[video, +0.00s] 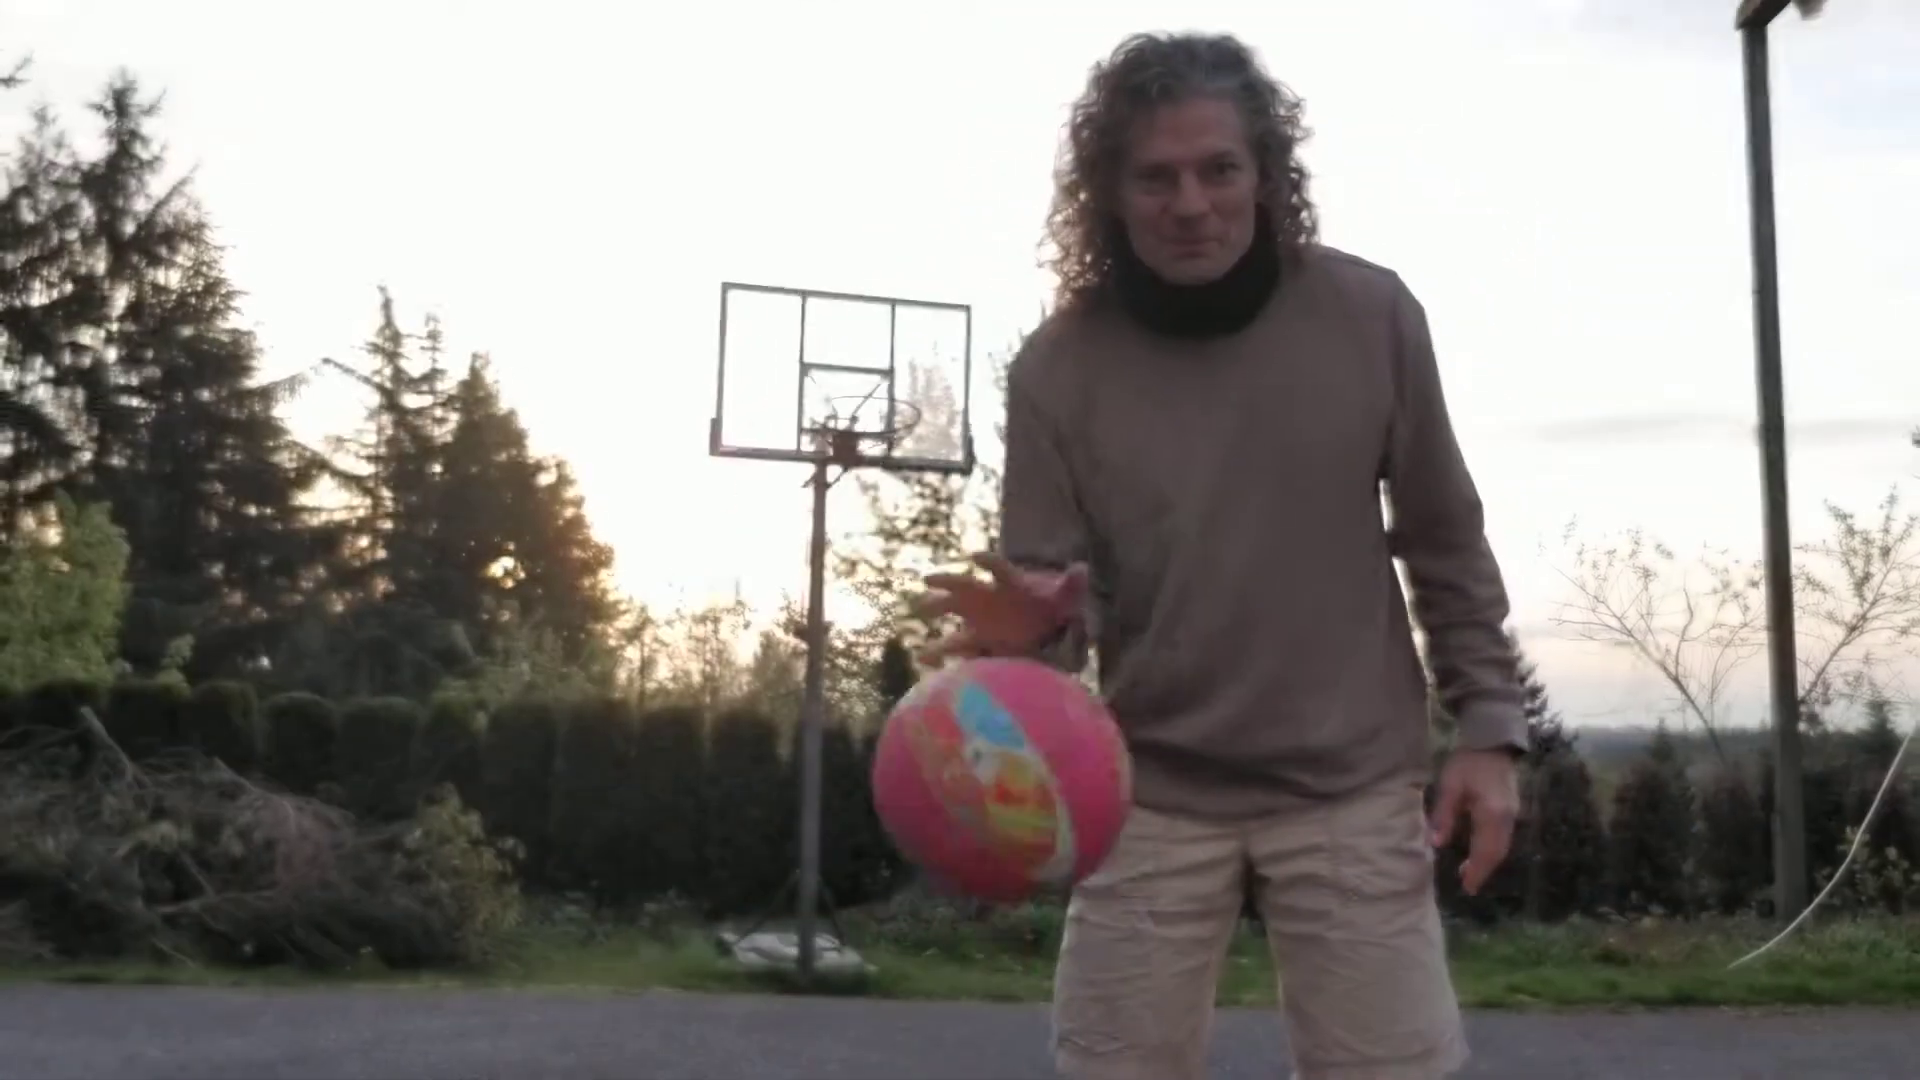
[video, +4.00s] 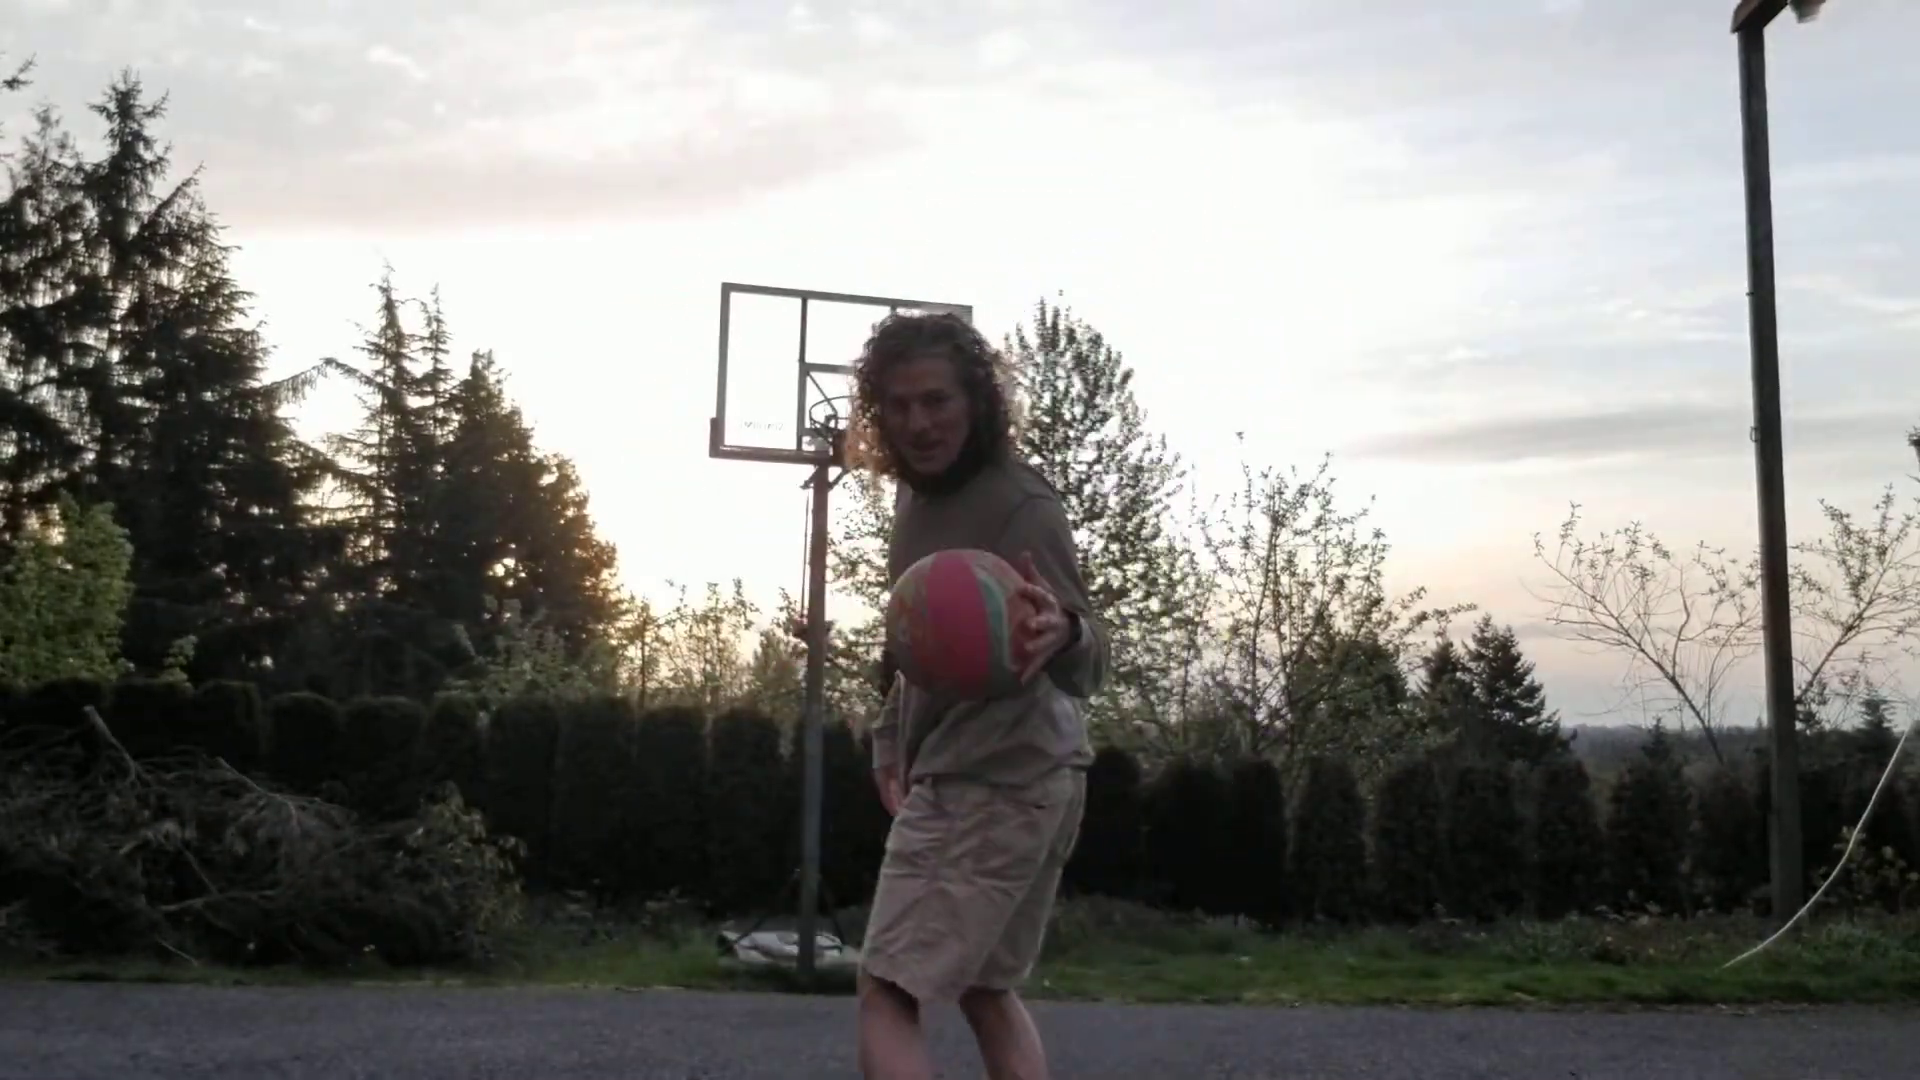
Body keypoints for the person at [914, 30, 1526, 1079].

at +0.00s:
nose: (1190, 207)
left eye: (1218, 171)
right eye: (1156, 178)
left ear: (1264, 175)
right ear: (1108, 192)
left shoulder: (1370, 316)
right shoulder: (1058, 368)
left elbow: (1444, 537)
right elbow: (1050, 598)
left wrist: (1485, 728)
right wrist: (1033, 623)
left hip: (1354, 791)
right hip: (1149, 798)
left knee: (1396, 1063)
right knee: (1115, 1063)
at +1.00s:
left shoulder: (1382, 85)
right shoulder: (971, 182)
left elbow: (1476, 377)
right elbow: (872, 484)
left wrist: (1597, 571)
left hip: (1395, 728)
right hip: (1117, 744)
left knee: (1486, 1060)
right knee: (1085, 1057)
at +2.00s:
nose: (1126, 5)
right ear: (1014, 3)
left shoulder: (1330, 121)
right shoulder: (963, 256)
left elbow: (1419, 393)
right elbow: (885, 616)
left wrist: (1532, 581)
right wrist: (920, 900)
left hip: (1349, 750)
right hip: (1088, 767)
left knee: (1435, 1060)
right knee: (1069, 1056)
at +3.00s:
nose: (1045, 291)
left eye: (1068, 263)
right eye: (1015, 267)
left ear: (1110, 268)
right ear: (974, 281)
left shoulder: (1210, 393)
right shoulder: (935, 440)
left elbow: (1275, 583)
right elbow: (901, 664)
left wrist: (1176, 659)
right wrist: (912, 834)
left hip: (1207, 793)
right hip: (1033, 807)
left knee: (1215, 1064)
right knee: (1002, 1062)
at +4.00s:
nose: (918, 422)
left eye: (937, 399)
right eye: (898, 404)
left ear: (978, 400)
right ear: (878, 413)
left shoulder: (1023, 502)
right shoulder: (916, 502)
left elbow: (1090, 657)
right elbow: (909, 647)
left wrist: (1067, 636)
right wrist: (892, 740)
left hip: (1001, 776)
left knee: (887, 998)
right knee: (989, 989)